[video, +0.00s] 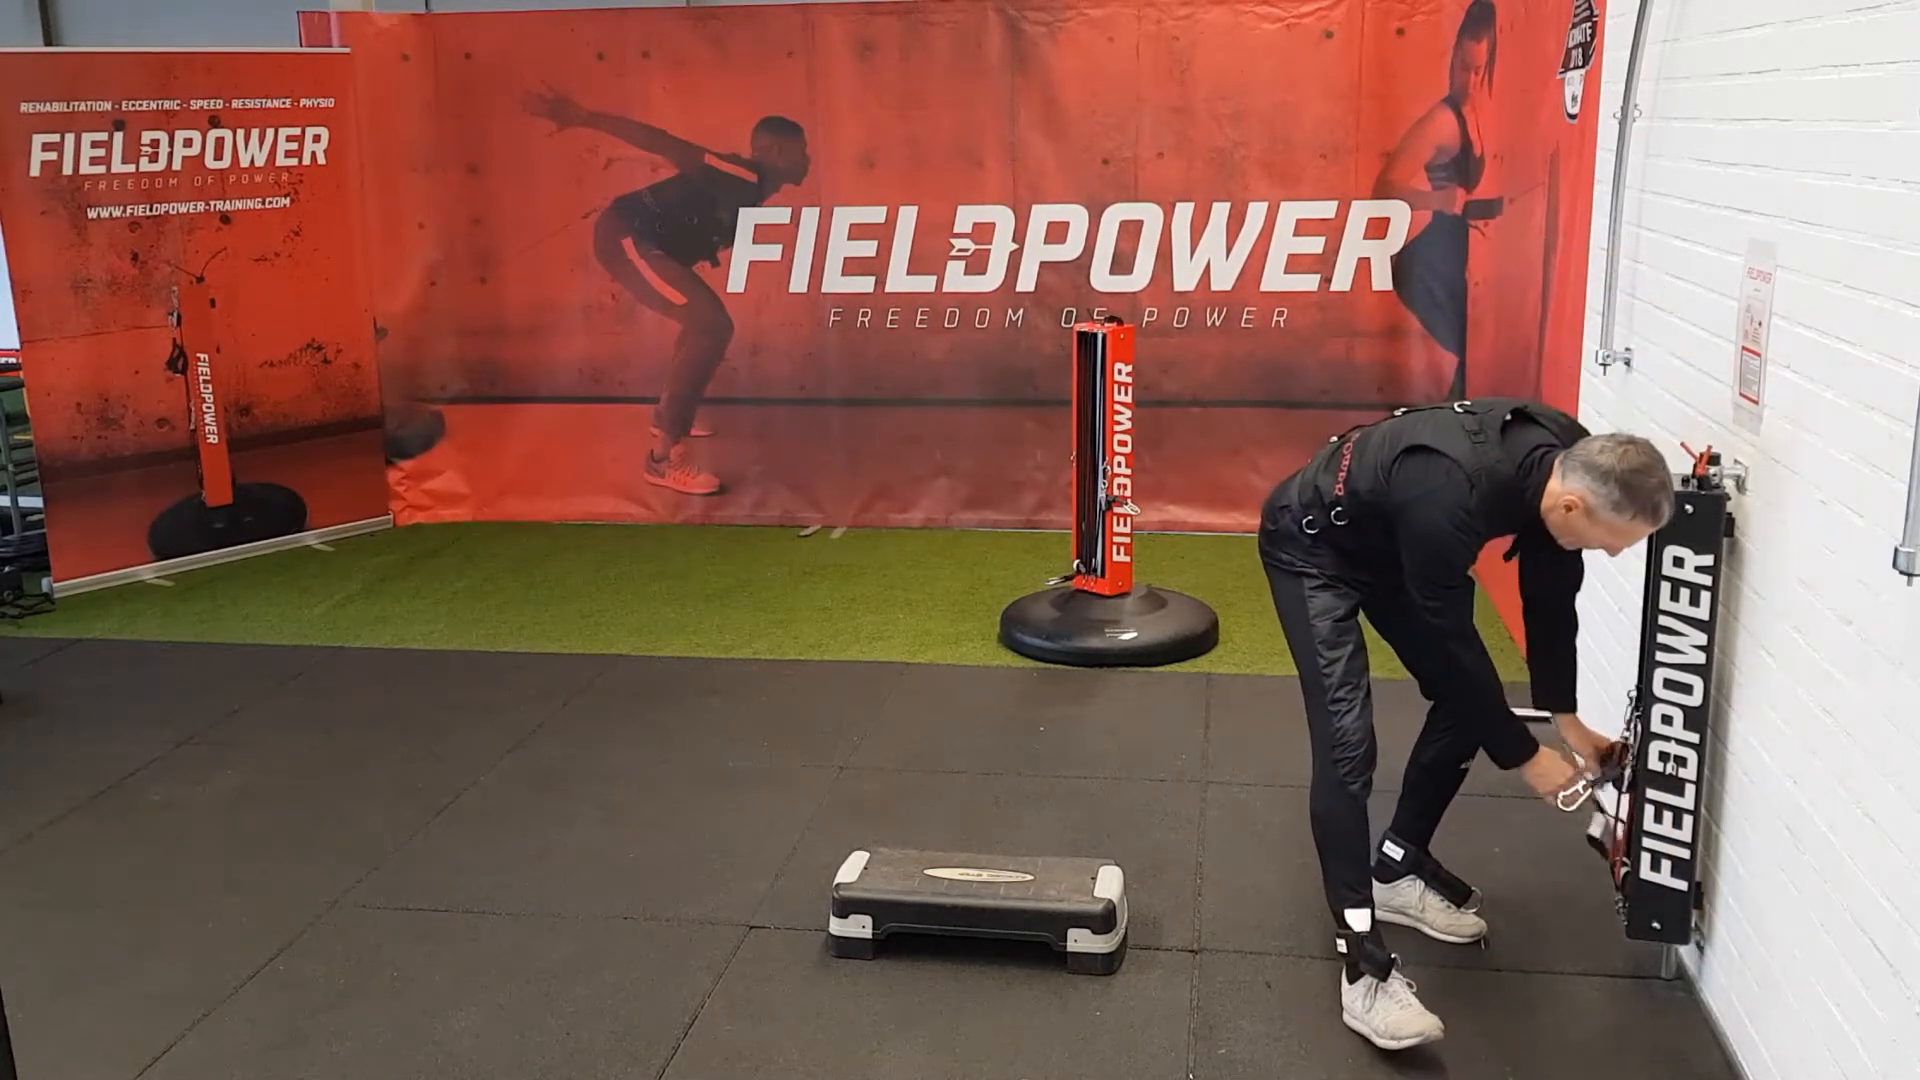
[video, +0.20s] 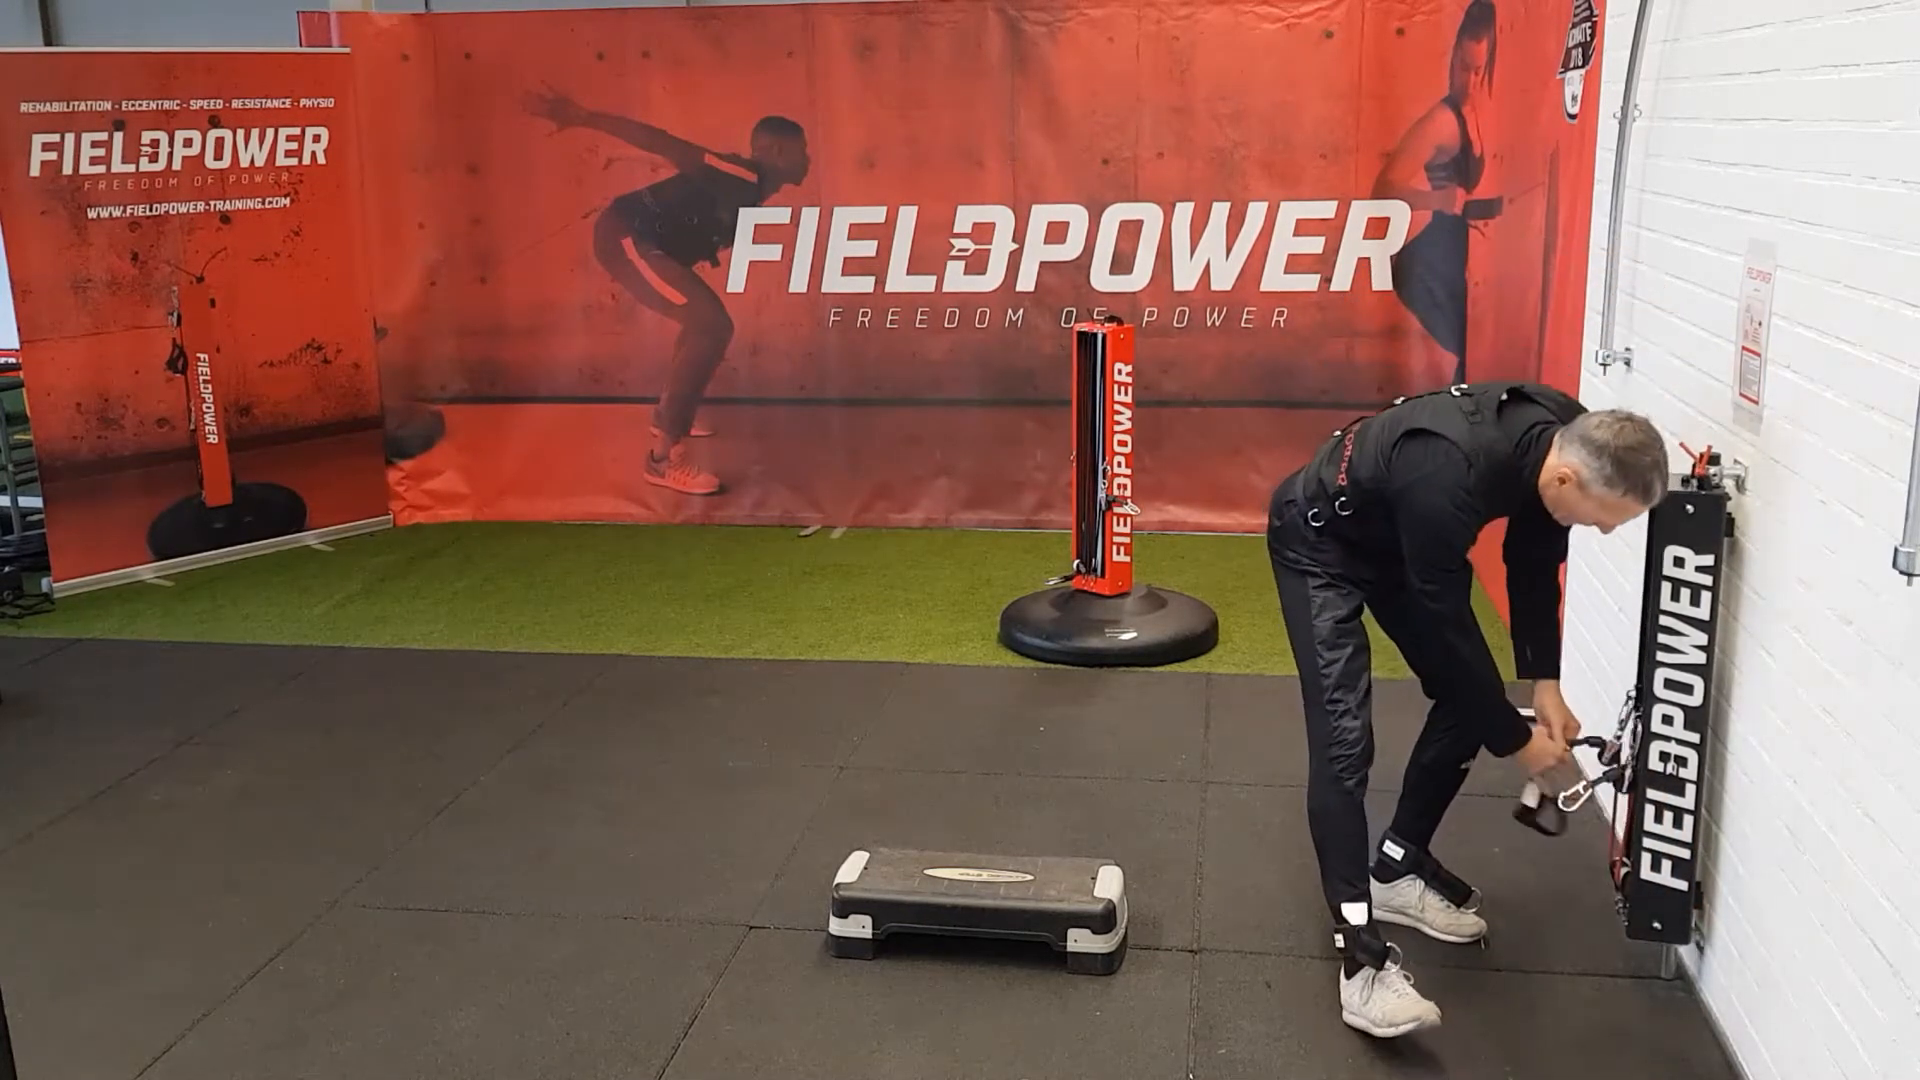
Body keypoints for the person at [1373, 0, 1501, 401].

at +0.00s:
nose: (1473, 82)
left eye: (1482, 71)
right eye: (1466, 70)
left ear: (1493, 69)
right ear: (1451, 65)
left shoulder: (1470, 120)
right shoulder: (1441, 120)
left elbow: (1435, 191)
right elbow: (1388, 186)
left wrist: (1475, 210)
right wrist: (1441, 200)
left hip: (1446, 254)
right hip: (1425, 256)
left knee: (1446, 368)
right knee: (1438, 370)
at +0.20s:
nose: (1471, 82)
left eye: (1481, 71)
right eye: (1463, 69)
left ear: (1492, 71)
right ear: (1450, 64)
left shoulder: (1470, 119)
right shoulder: (1441, 120)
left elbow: (1436, 191)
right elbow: (1388, 184)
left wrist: (1474, 211)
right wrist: (1439, 199)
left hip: (1446, 255)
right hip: (1425, 257)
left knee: (1449, 364)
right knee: (1439, 367)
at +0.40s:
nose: (1472, 81)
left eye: (1482, 72)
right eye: (1464, 69)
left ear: (1492, 74)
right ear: (1450, 66)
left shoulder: (1468, 121)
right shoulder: (1440, 121)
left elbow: (1438, 191)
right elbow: (1388, 187)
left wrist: (1473, 211)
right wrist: (1437, 199)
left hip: (1446, 257)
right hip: (1424, 260)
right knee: (1450, 358)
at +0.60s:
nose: (1471, 81)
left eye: (1480, 72)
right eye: (1465, 69)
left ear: (1489, 72)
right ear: (1450, 66)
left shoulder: (1463, 118)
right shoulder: (1441, 121)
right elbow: (1386, 188)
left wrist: (1466, 211)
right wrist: (1440, 199)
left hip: (1445, 258)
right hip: (1424, 261)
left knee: (1454, 355)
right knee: (1450, 355)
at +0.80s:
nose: (1471, 81)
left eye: (1480, 72)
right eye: (1465, 69)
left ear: (1489, 72)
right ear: (1450, 66)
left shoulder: (1465, 118)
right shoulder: (1441, 121)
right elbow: (1386, 188)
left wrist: (1468, 210)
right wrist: (1439, 199)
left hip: (1446, 257)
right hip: (1425, 260)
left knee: (1454, 353)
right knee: (1450, 353)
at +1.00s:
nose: (1472, 81)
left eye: (1481, 71)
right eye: (1465, 69)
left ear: (1491, 72)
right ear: (1451, 66)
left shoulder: (1468, 118)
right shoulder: (1442, 120)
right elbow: (1386, 188)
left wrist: (1467, 210)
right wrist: (1440, 199)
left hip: (1446, 256)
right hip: (1425, 259)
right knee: (1452, 355)